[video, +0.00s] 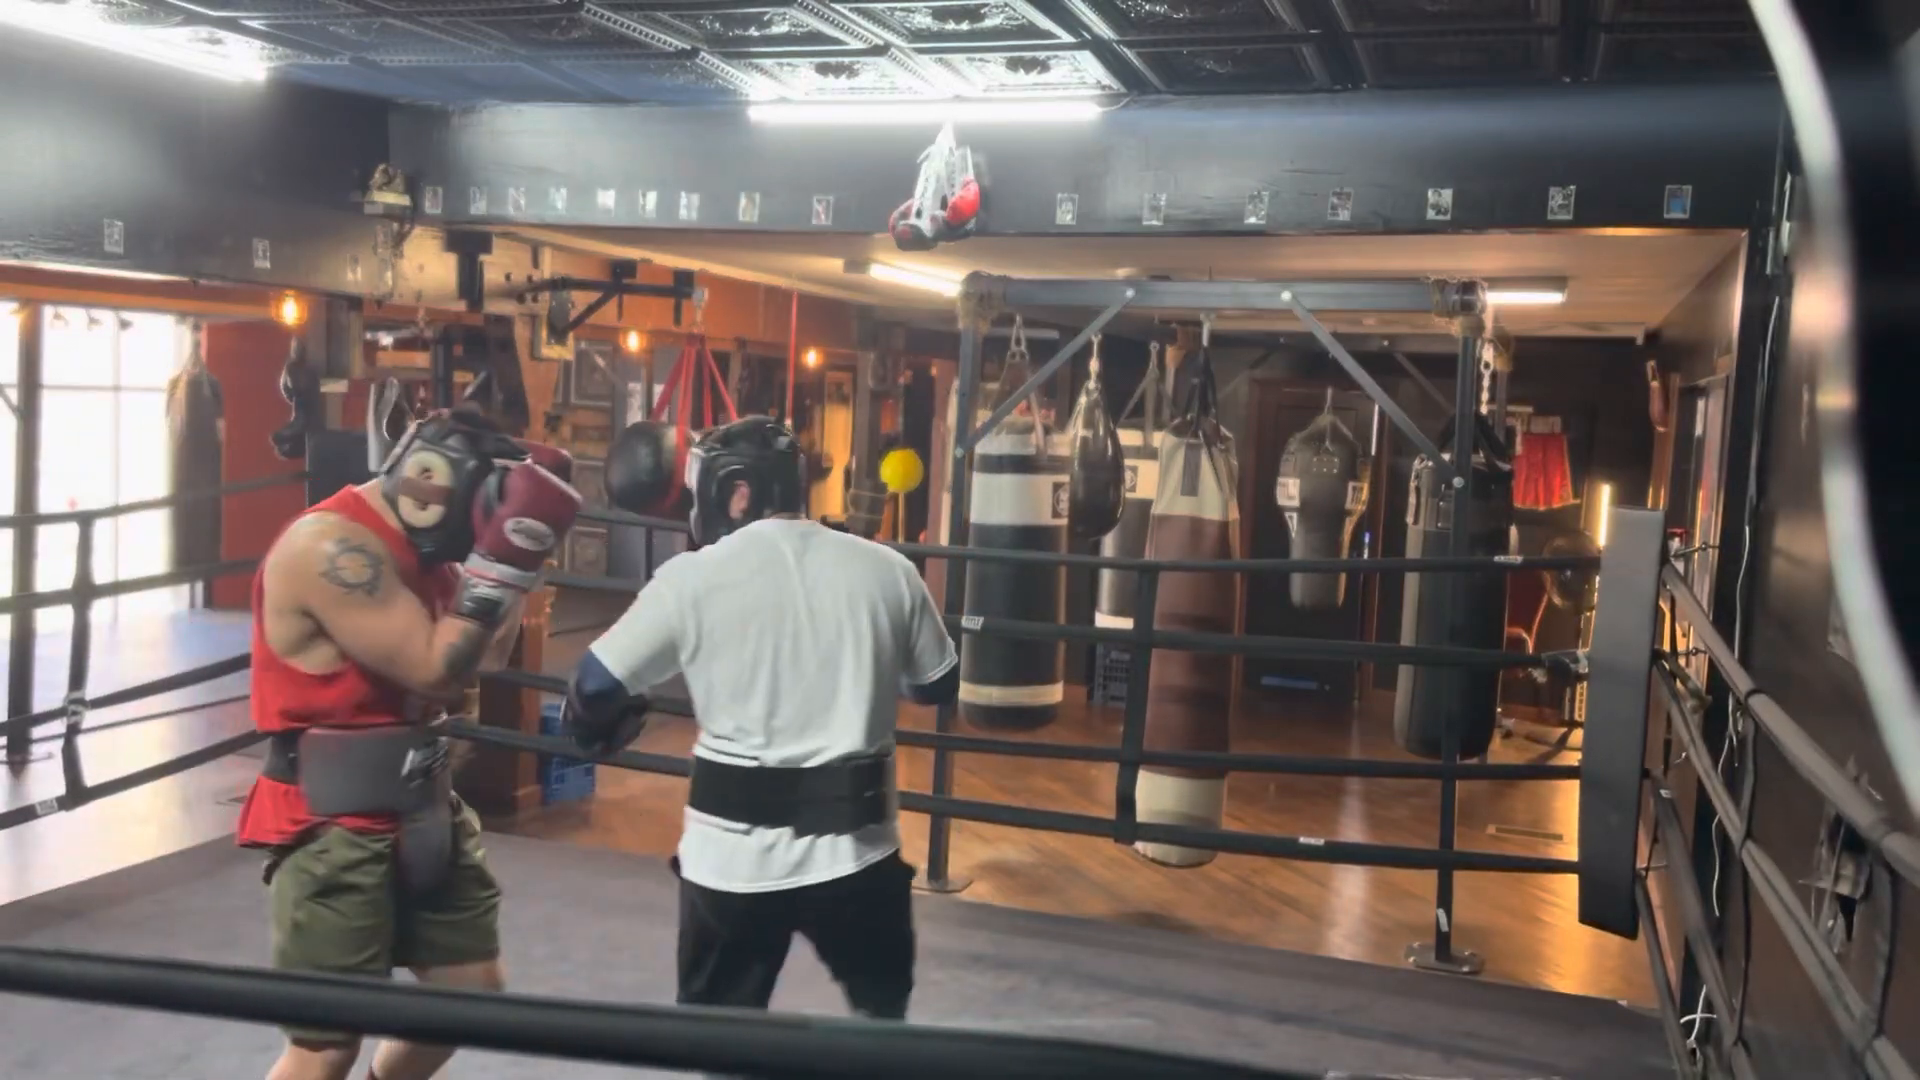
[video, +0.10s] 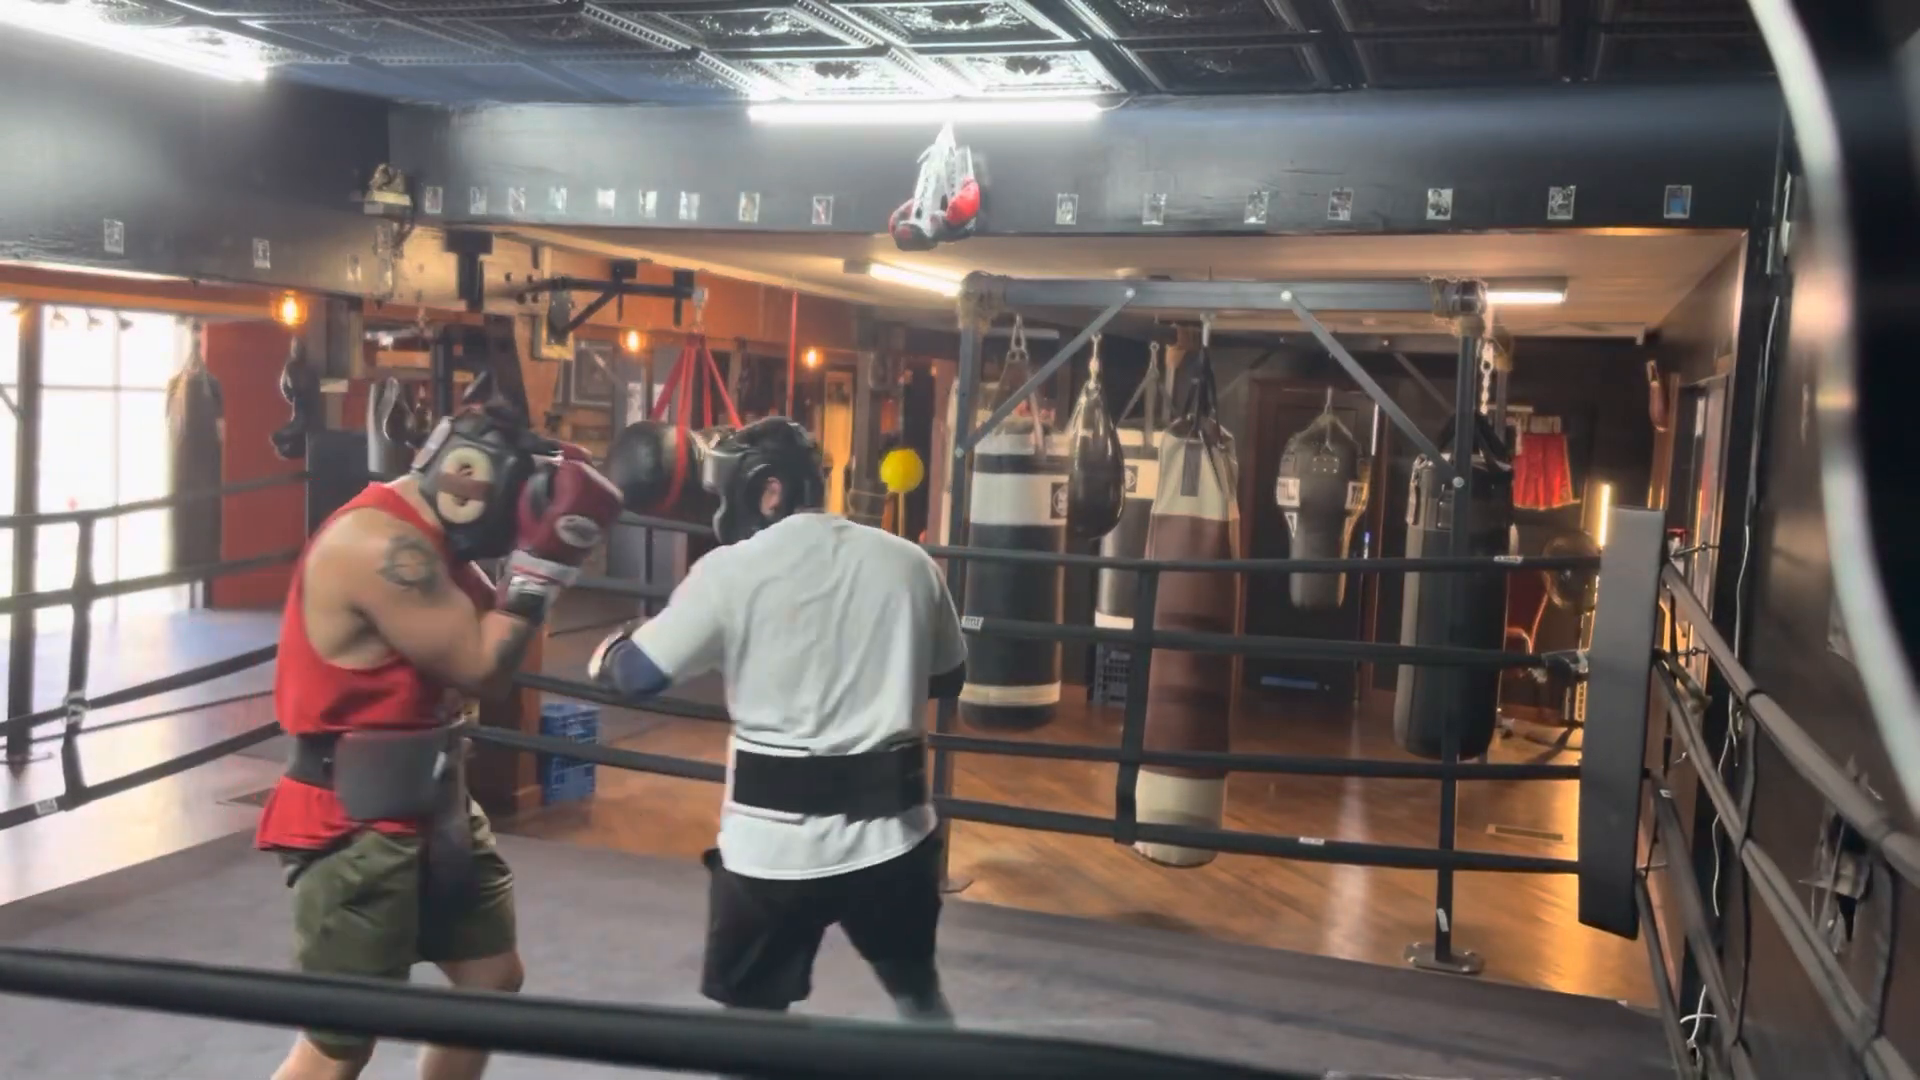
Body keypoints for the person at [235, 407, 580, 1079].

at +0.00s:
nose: (444, 508)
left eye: (462, 496)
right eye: (430, 479)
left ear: (480, 498)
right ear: (405, 466)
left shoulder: (433, 542)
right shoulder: (324, 548)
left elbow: (461, 678)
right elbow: (436, 669)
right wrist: (500, 566)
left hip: (426, 807)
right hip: (333, 824)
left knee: (467, 994)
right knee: (324, 1047)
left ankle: (383, 1073)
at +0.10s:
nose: (490, 495)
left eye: (504, 482)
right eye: (480, 471)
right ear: (448, 464)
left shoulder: (425, 535)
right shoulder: (376, 544)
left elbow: (491, 634)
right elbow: (481, 663)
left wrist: (537, 553)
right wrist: (542, 561)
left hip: (432, 801)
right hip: (354, 817)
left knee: (491, 978)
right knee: (337, 1039)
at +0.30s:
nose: (556, 512)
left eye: (574, 503)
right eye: (548, 493)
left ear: (595, 516)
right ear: (515, 484)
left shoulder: (490, 547)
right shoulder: (476, 565)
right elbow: (566, 688)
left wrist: (572, 602)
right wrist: (633, 593)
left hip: (493, 824)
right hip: (435, 836)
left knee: (533, 1024)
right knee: (415, 1052)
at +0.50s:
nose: (620, 521)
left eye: (640, 512)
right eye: (614, 499)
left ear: (656, 523)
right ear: (591, 485)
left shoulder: (545, 536)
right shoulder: (537, 554)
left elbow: (608, 660)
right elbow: (620, 683)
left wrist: (674, 579)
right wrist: (692, 593)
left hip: (516, 817)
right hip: (476, 825)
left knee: (547, 1041)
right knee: (506, 1049)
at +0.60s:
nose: (632, 526)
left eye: (653, 516)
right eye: (625, 503)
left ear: (673, 525)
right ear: (598, 485)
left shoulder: (543, 541)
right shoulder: (557, 562)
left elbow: (626, 678)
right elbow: (655, 677)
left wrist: (684, 581)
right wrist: (713, 575)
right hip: (494, 835)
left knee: (543, 1052)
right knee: (500, 1060)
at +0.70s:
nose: (654, 549)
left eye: (664, 534)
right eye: (647, 529)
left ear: (595, 497)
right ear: (620, 512)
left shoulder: (512, 553)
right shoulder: (573, 579)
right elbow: (669, 691)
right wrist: (719, 586)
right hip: (505, 859)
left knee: (562, 1049)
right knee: (504, 1061)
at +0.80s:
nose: (679, 557)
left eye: (684, 541)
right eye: (677, 538)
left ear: (598, 499)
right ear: (642, 526)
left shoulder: (486, 566)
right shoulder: (587, 591)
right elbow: (670, 714)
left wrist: (698, 617)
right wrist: (722, 609)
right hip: (507, 875)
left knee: (564, 1052)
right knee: (497, 1065)